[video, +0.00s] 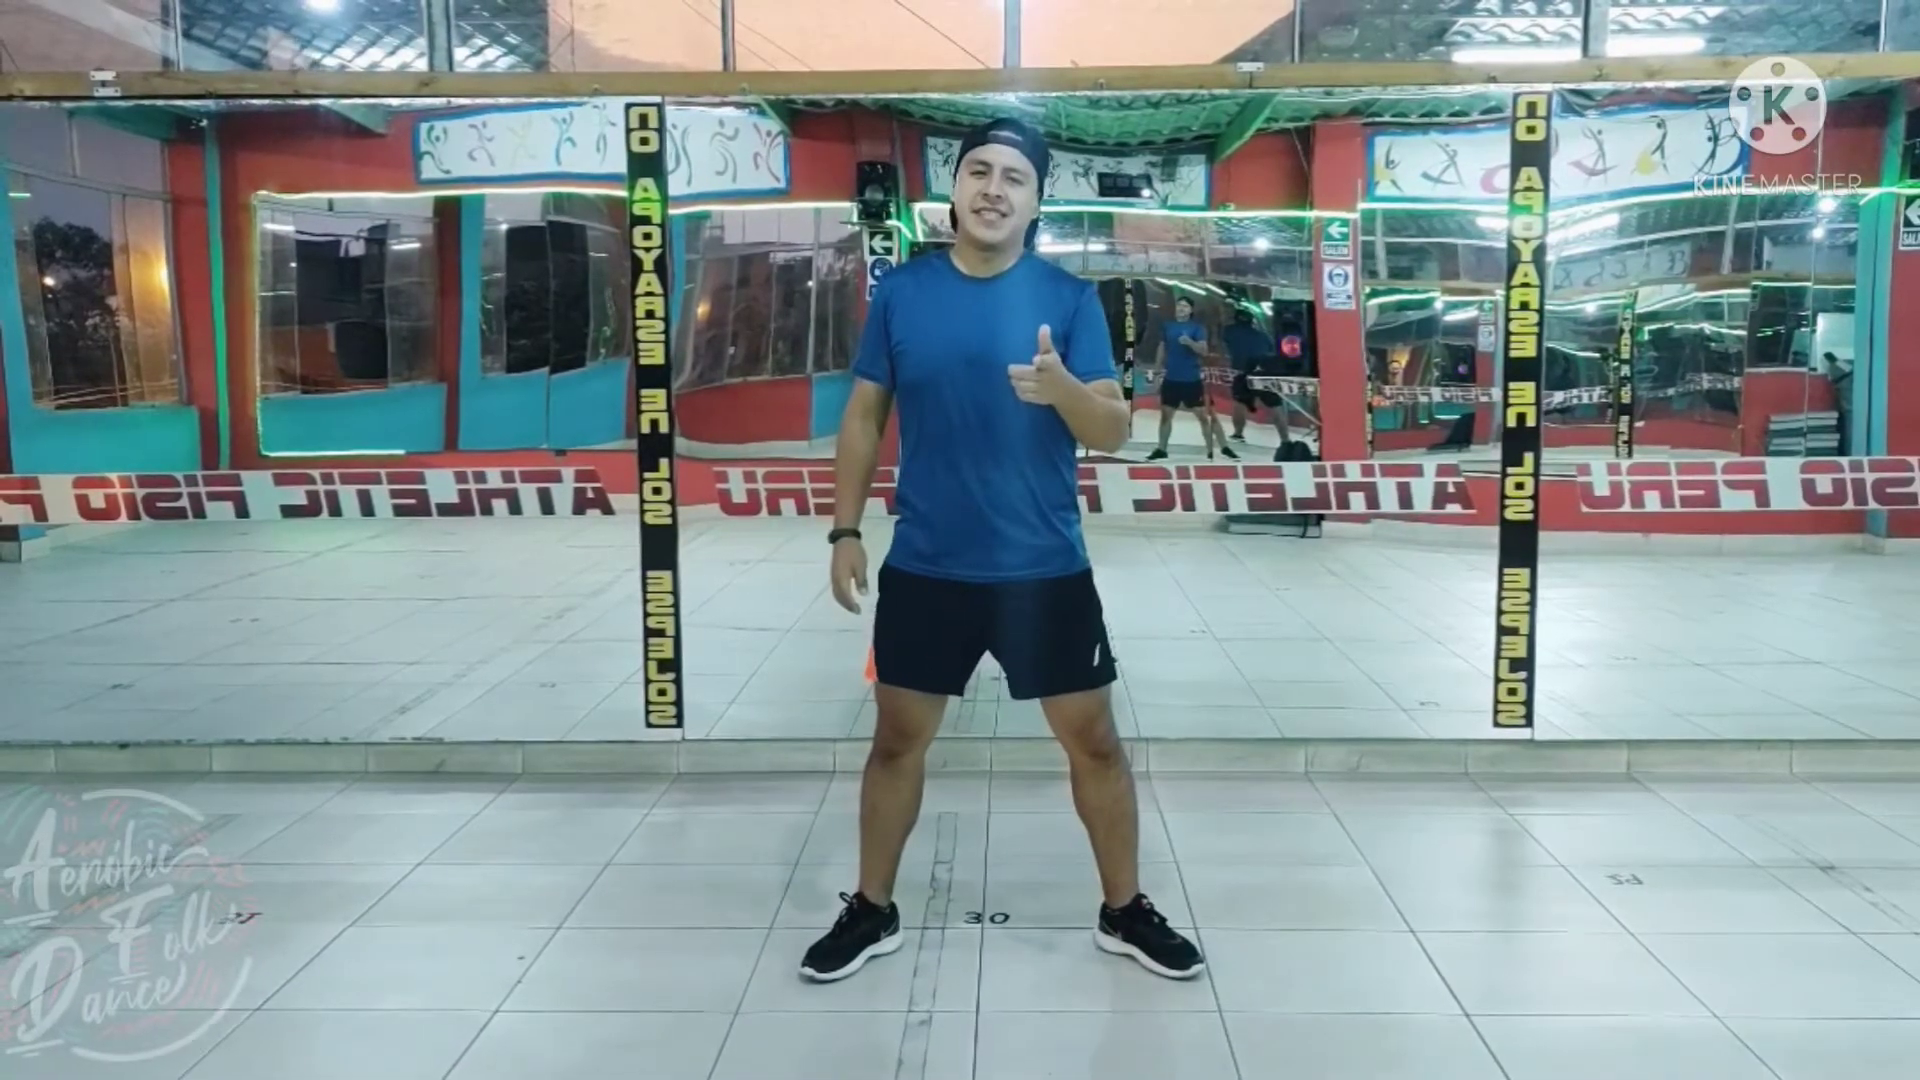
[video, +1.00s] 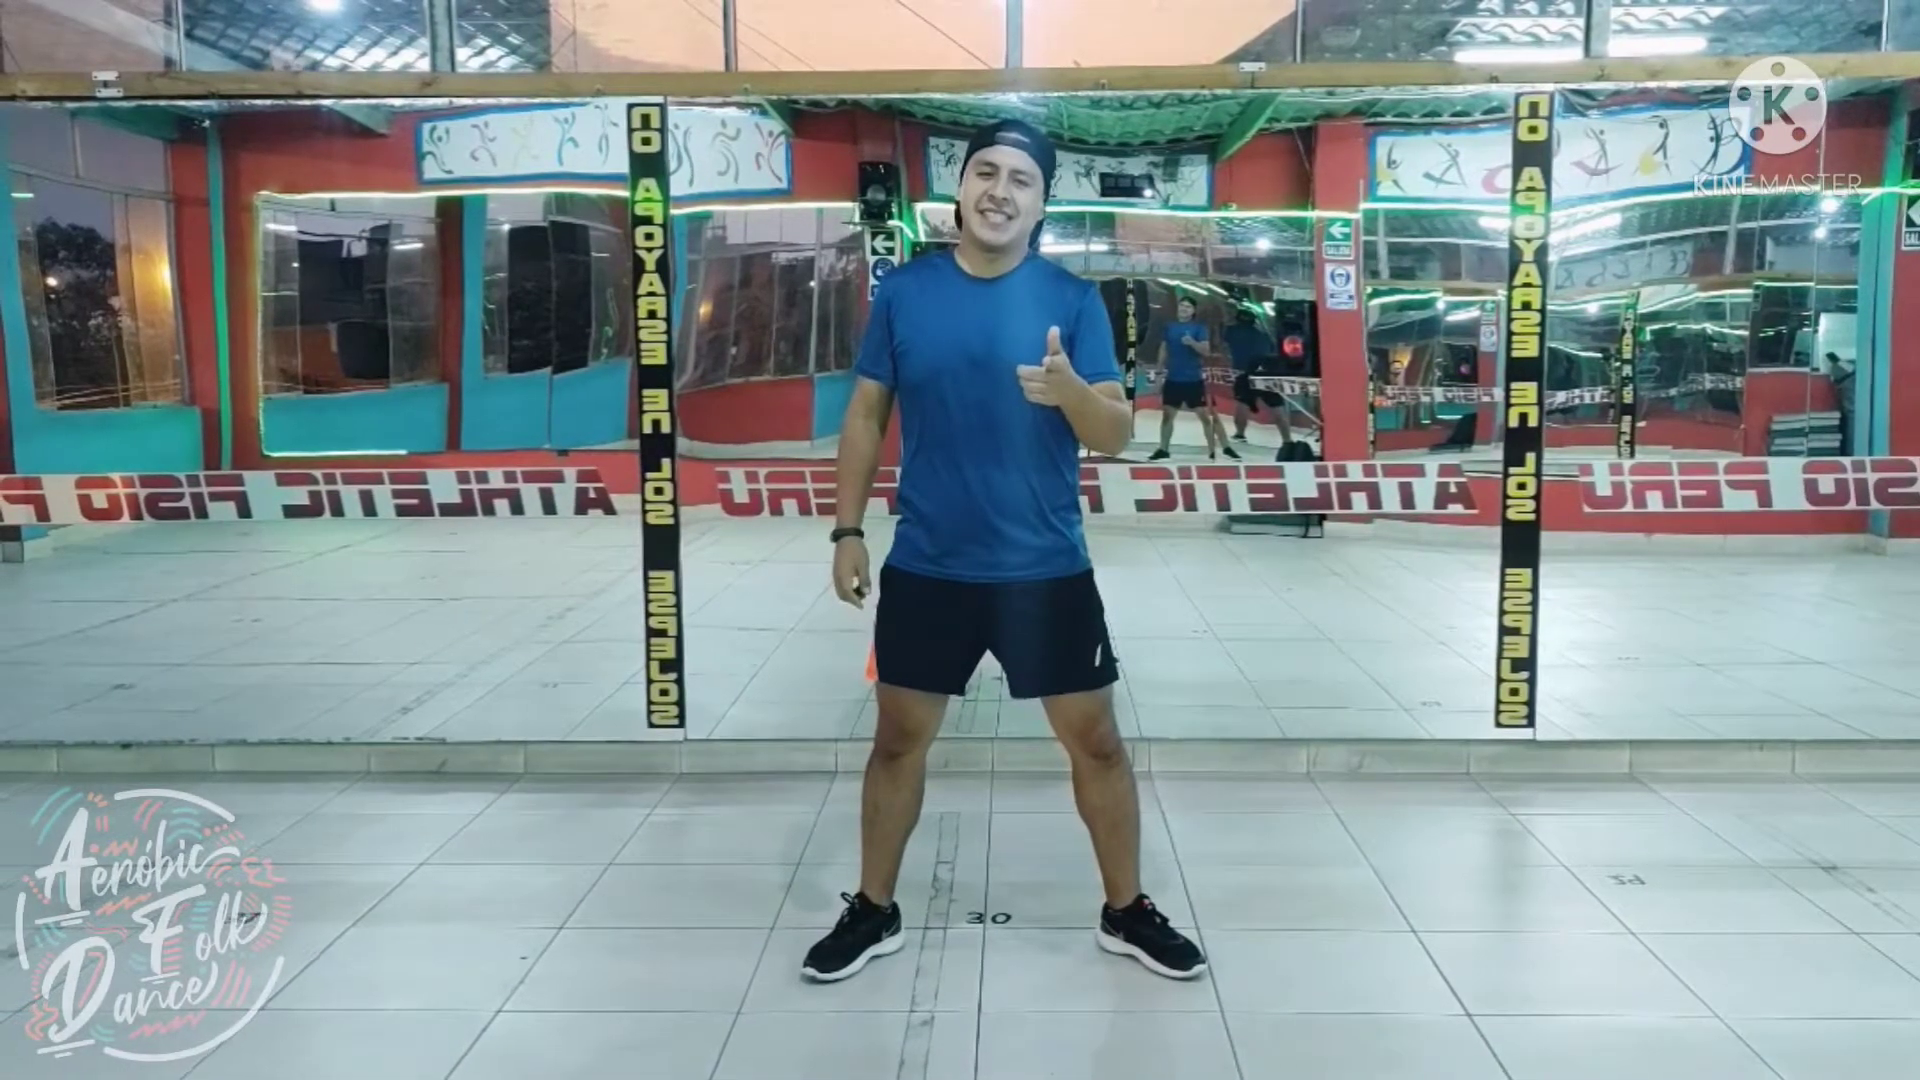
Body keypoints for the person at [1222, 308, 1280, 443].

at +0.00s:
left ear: (1235, 319)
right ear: (1251, 320)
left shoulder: (1230, 331)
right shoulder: (1261, 334)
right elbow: (1271, 350)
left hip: (1241, 368)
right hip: (1264, 370)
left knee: (1239, 401)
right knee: (1275, 405)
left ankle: (1238, 433)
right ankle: (1285, 440)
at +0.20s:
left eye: (1238, 318)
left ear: (1236, 319)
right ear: (1252, 320)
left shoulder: (1230, 332)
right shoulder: (1261, 335)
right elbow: (1271, 354)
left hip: (1242, 371)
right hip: (1265, 371)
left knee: (1240, 403)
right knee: (1275, 407)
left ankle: (1238, 433)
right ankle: (1285, 440)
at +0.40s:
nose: (1237, 321)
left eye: (1238, 318)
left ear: (1236, 319)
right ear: (1252, 321)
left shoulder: (1230, 332)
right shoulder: (1261, 335)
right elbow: (1271, 354)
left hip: (1242, 371)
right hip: (1264, 371)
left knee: (1241, 403)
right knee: (1276, 407)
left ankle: (1239, 433)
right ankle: (1286, 440)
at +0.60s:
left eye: (1239, 318)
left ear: (1237, 319)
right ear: (1252, 320)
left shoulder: (1231, 332)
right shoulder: (1261, 335)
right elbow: (1270, 355)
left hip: (1242, 372)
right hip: (1264, 372)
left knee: (1241, 403)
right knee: (1276, 407)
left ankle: (1239, 433)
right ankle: (1286, 440)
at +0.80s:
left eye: (1239, 319)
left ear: (1237, 320)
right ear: (1253, 321)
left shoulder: (1231, 332)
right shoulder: (1262, 336)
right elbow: (1271, 356)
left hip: (1243, 373)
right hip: (1265, 373)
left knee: (1241, 403)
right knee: (1277, 408)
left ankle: (1239, 433)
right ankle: (1287, 440)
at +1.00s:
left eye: (1240, 318)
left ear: (1238, 319)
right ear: (1253, 320)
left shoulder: (1232, 332)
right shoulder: (1262, 335)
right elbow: (1272, 354)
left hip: (1242, 372)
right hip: (1265, 372)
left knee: (1242, 403)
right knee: (1277, 407)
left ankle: (1240, 433)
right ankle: (1287, 440)